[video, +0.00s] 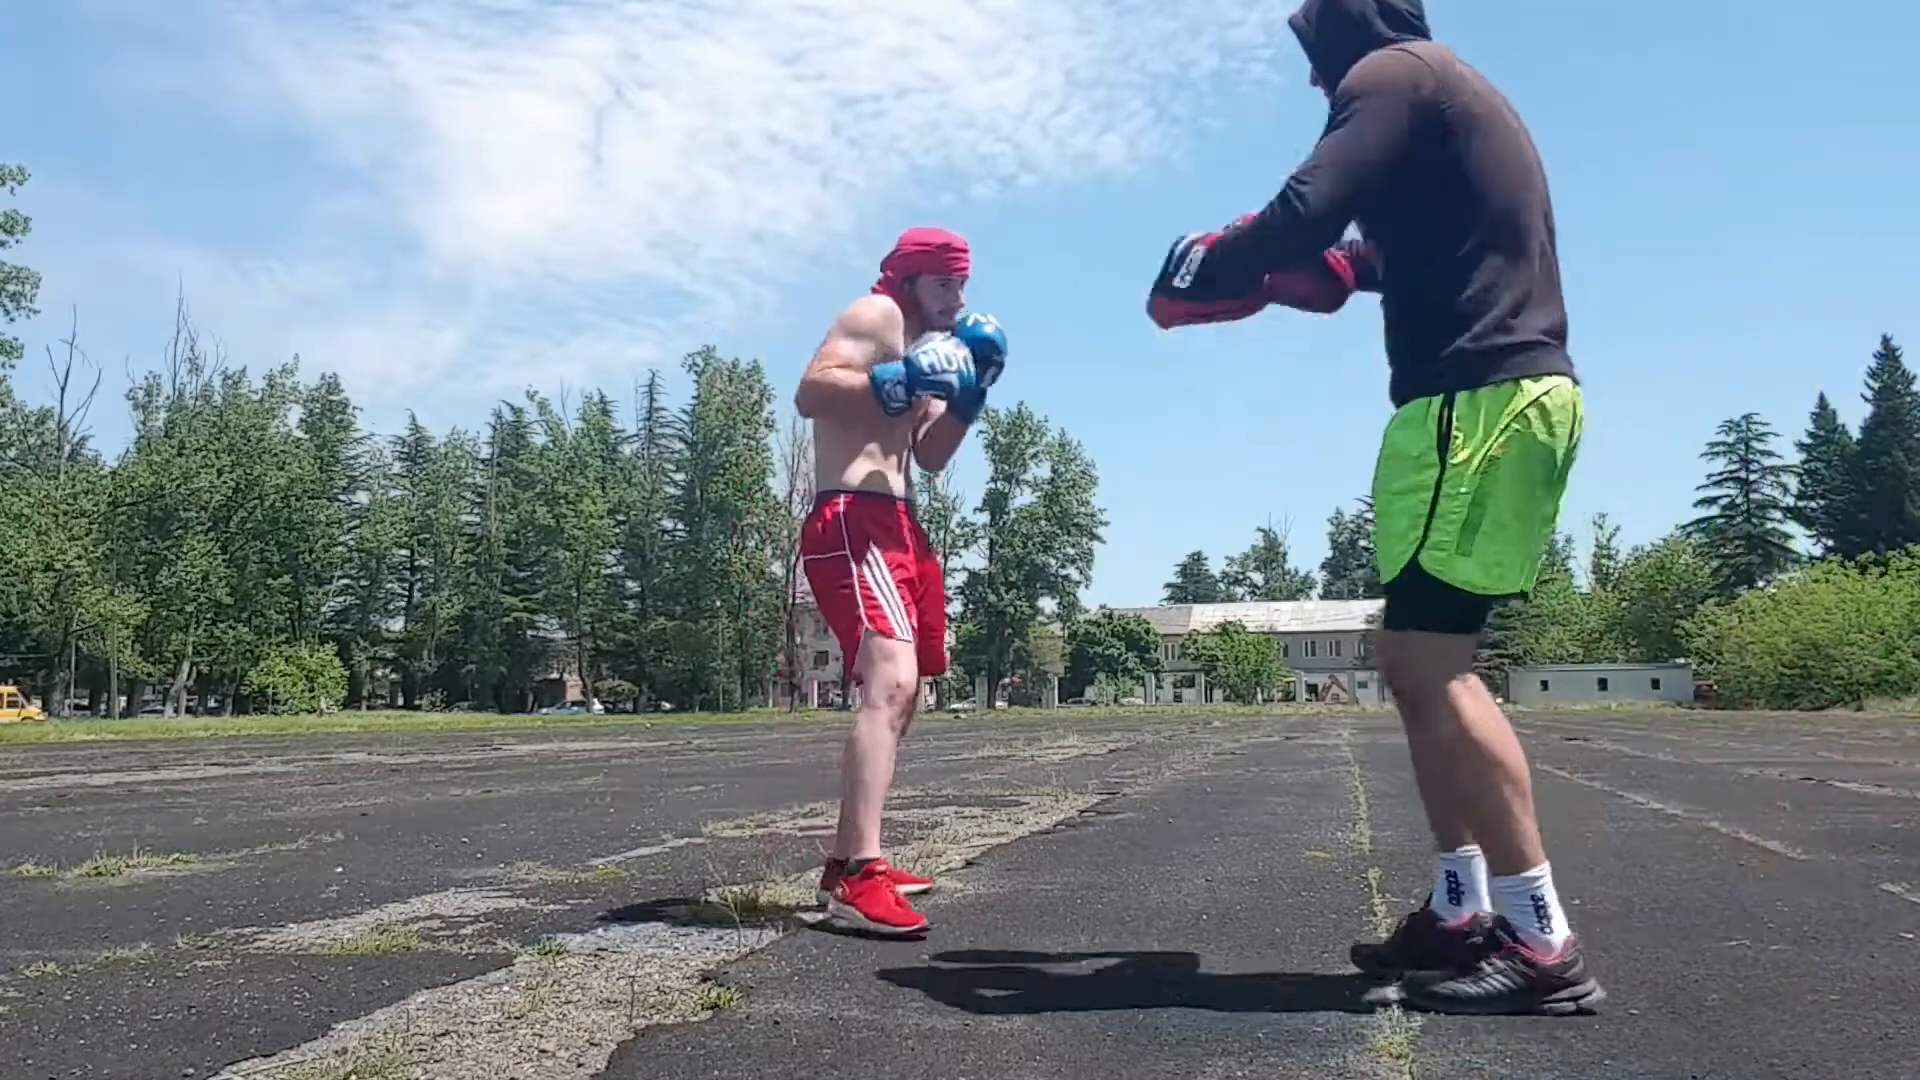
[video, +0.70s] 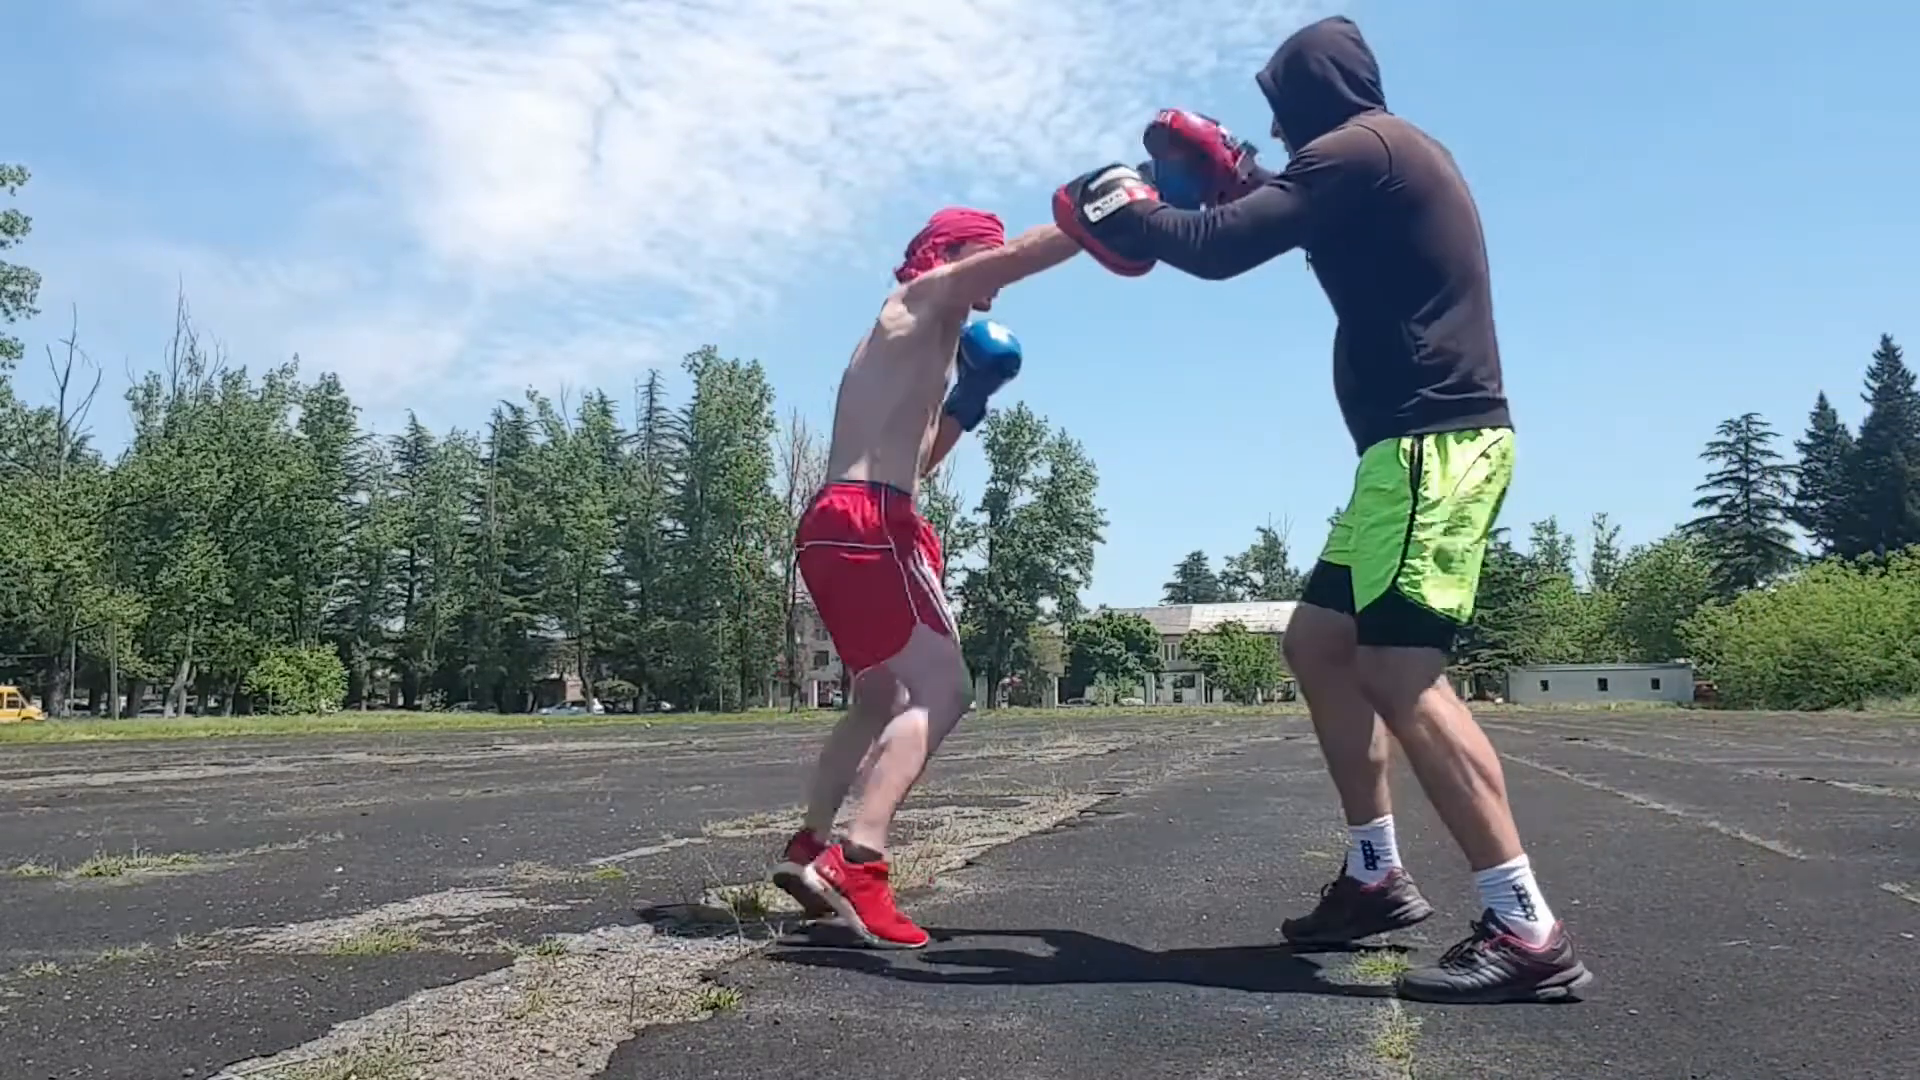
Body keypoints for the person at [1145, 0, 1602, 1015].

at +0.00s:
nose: (1315, 67)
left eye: (1314, 43)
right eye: (1310, 49)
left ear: (1350, 20)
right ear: (1402, 17)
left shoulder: (1392, 71)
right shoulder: (1461, 92)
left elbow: (1307, 211)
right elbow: (1428, 250)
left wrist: (1215, 255)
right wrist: (1329, 270)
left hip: (1475, 399)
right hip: (1512, 393)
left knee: (1436, 664)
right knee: (1415, 660)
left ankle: (1542, 942)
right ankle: (1463, 914)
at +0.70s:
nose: (1281, 126)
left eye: (1283, 107)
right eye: (1278, 113)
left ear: (1309, 93)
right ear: (1359, 80)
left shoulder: (1362, 152)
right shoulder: (1392, 149)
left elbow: (1214, 247)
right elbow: (1295, 222)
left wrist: (1125, 211)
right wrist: (1232, 185)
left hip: (1437, 445)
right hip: (1408, 445)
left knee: (1403, 674)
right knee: (1317, 646)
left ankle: (1528, 930)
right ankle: (1375, 879)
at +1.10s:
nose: (1322, 87)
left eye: (1331, 67)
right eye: (1325, 69)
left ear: (1370, 72)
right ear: (1393, 71)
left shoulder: (1433, 151)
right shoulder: (1384, 165)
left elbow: (1319, 229)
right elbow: (1319, 256)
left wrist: (1224, 168)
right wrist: (1223, 196)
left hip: (1445, 446)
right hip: (1377, 452)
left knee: (1469, 664)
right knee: (1348, 655)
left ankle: (1637, 873)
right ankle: (1387, 895)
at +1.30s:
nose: (1405, 82)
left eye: (1422, 64)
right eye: (1404, 66)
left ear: (1477, 69)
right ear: (1429, 77)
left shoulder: (1530, 156)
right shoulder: (1429, 179)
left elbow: (1425, 201)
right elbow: (1373, 266)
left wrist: (1325, 149)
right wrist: (1297, 219)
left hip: (1495, 464)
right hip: (1400, 464)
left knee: (1567, 679)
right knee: (1341, 656)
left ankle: (1665, 905)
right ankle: (1384, 891)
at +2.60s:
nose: (1454, 162)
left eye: (1474, 147)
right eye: (1448, 152)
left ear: (1518, 157)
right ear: (1445, 165)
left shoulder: (1558, 224)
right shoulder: (1448, 248)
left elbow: (1531, 254)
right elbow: (1383, 304)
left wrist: (1441, 192)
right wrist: (1320, 286)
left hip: (1545, 492)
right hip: (1452, 489)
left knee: (1593, 677)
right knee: (1386, 640)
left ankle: (1632, 860)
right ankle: (1443, 826)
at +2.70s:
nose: (1461, 154)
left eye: (1479, 142)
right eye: (1452, 145)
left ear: (1516, 159)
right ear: (1439, 166)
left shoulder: (1563, 235)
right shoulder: (1441, 257)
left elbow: (1636, 271)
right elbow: (1374, 345)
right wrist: (1323, 330)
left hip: (1544, 487)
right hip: (1451, 486)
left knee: (1589, 673)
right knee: (1389, 646)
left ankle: (1629, 856)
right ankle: (1442, 804)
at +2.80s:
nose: (1457, 167)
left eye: (1473, 152)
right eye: (1444, 158)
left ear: (1510, 163)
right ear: (1435, 179)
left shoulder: (1565, 243)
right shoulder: (1432, 267)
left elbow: (1675, 328)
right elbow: (1394, 362)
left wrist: (1632, 275)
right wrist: (1335, 369)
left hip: (1543, 490)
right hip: (1445, 490)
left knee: (1590, 674)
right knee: (1409, 660)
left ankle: (1632, 860)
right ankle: (1437, 809)